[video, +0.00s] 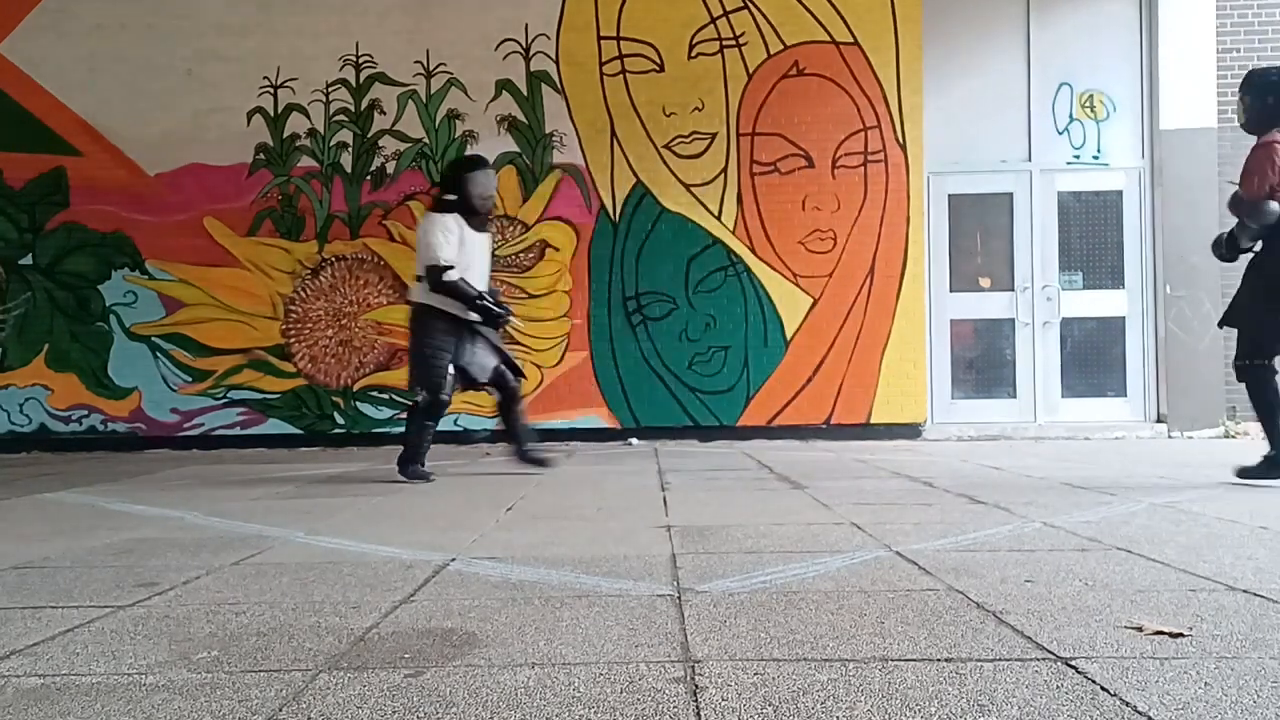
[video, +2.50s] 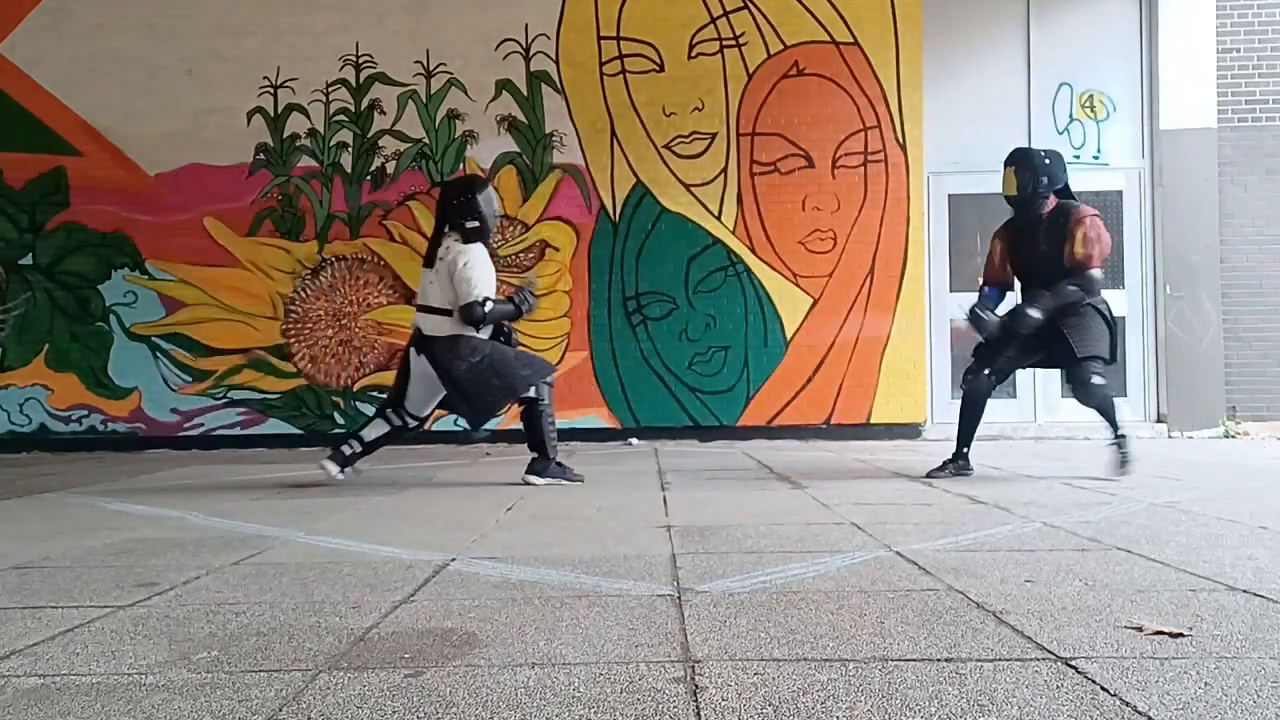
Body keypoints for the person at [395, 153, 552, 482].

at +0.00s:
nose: (490, 197)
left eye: (493, 189)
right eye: (482, 190)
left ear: (495, 188)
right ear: (459, 190)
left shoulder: (480, 228)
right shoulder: (439, 221)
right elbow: (439, 277)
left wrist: (493, 303)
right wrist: (481, 305)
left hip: (467, 324)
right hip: (435, 320)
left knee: (508, 381)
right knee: (436, 394)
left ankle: (523, 447)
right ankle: (411, 461)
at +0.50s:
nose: (368, 193)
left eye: (368, 184)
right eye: (364, 184)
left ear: (330, 185)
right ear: (347, 186)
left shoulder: (308, 220)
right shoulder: (340, 219)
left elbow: (321, 284)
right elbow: (353, 278)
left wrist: (367, 289)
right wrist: (390, 284)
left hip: (293, 318)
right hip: (320, 321)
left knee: (308, 395)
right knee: (372, 374)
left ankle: (266, 462)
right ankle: (378, 457)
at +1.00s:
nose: (287, 176)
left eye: (285, 168)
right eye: (282, 169)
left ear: (237, 171)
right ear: (269, 173)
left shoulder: (212, 208)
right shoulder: (275, 215)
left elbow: (183, 260)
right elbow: (288, 278)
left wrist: (219, 277)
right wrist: (286, 313)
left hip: (211, 311)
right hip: (248, 313)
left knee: (223, 385)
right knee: (263, 394)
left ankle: (193, 450)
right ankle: (214, 470)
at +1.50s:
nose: (291, 199)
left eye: (288, 190)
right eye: (285, 191)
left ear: (244, 196)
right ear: (271, 197)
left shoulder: (217, 233)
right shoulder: (277, 239)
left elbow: (186, 282)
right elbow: (285, 305)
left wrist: (218, 302)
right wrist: (293, 351)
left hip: (214, 335)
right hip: (257, 338)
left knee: (205, 406)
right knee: (320, 384)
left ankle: (164, 469)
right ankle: (365, 456)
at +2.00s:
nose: (416, 179)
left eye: (412, 170)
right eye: (409, 171)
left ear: (365, 178)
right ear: (395, 178)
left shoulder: (344, 220)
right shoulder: (402, 219)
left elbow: (333, 281)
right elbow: (418, 284)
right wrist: (434, 295)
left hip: (346, 318)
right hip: (388, 317)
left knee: (375, 391)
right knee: (458, 370)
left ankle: (361, 467)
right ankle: (417, 447)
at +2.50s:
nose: (495, 216)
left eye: (493, 208)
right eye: (489, 209)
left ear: (452, 215)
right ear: (473, 215)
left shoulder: (441, 247)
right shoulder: (470, 253)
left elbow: (443, 306)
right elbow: (475, 312)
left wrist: (493, 326)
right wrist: (516, 307)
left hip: (426, 344)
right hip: (458, 347)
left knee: (405, 413)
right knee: (536, 378)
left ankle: (342, 455)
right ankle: (545, 462)